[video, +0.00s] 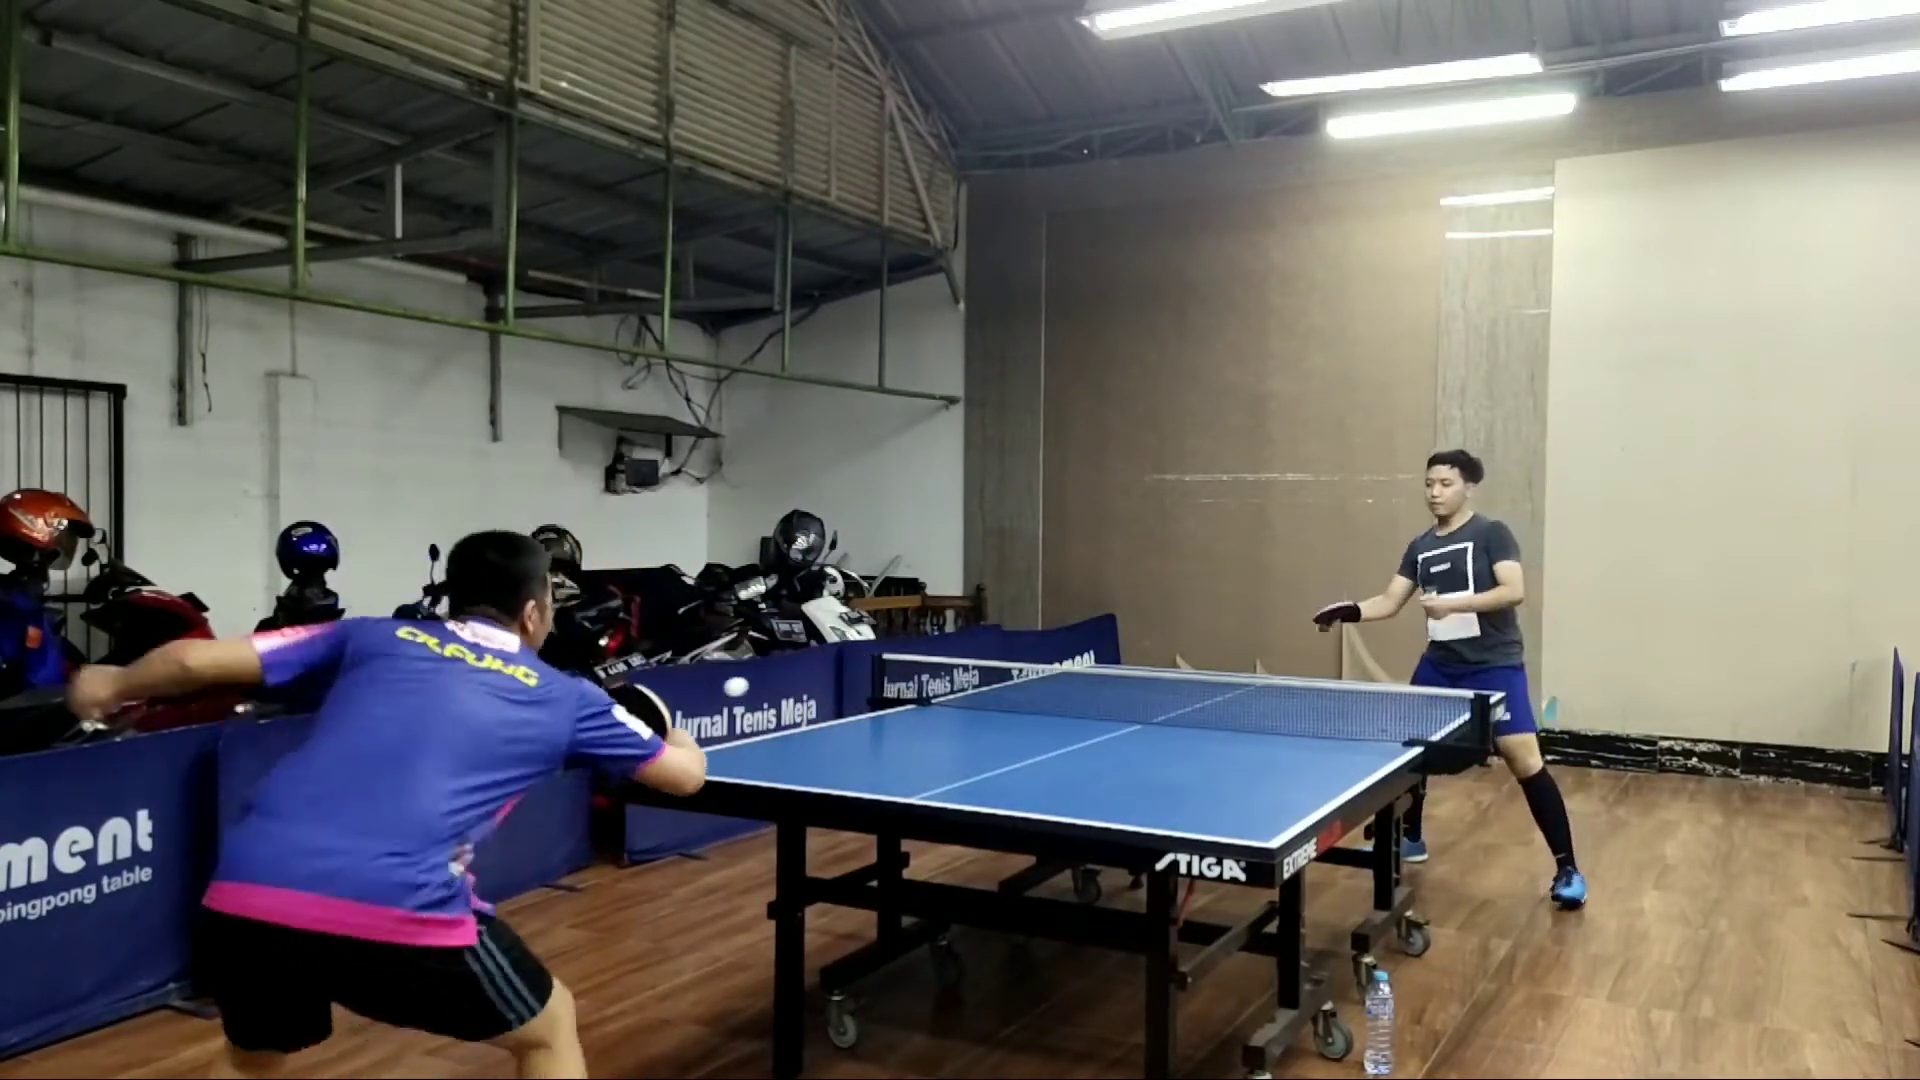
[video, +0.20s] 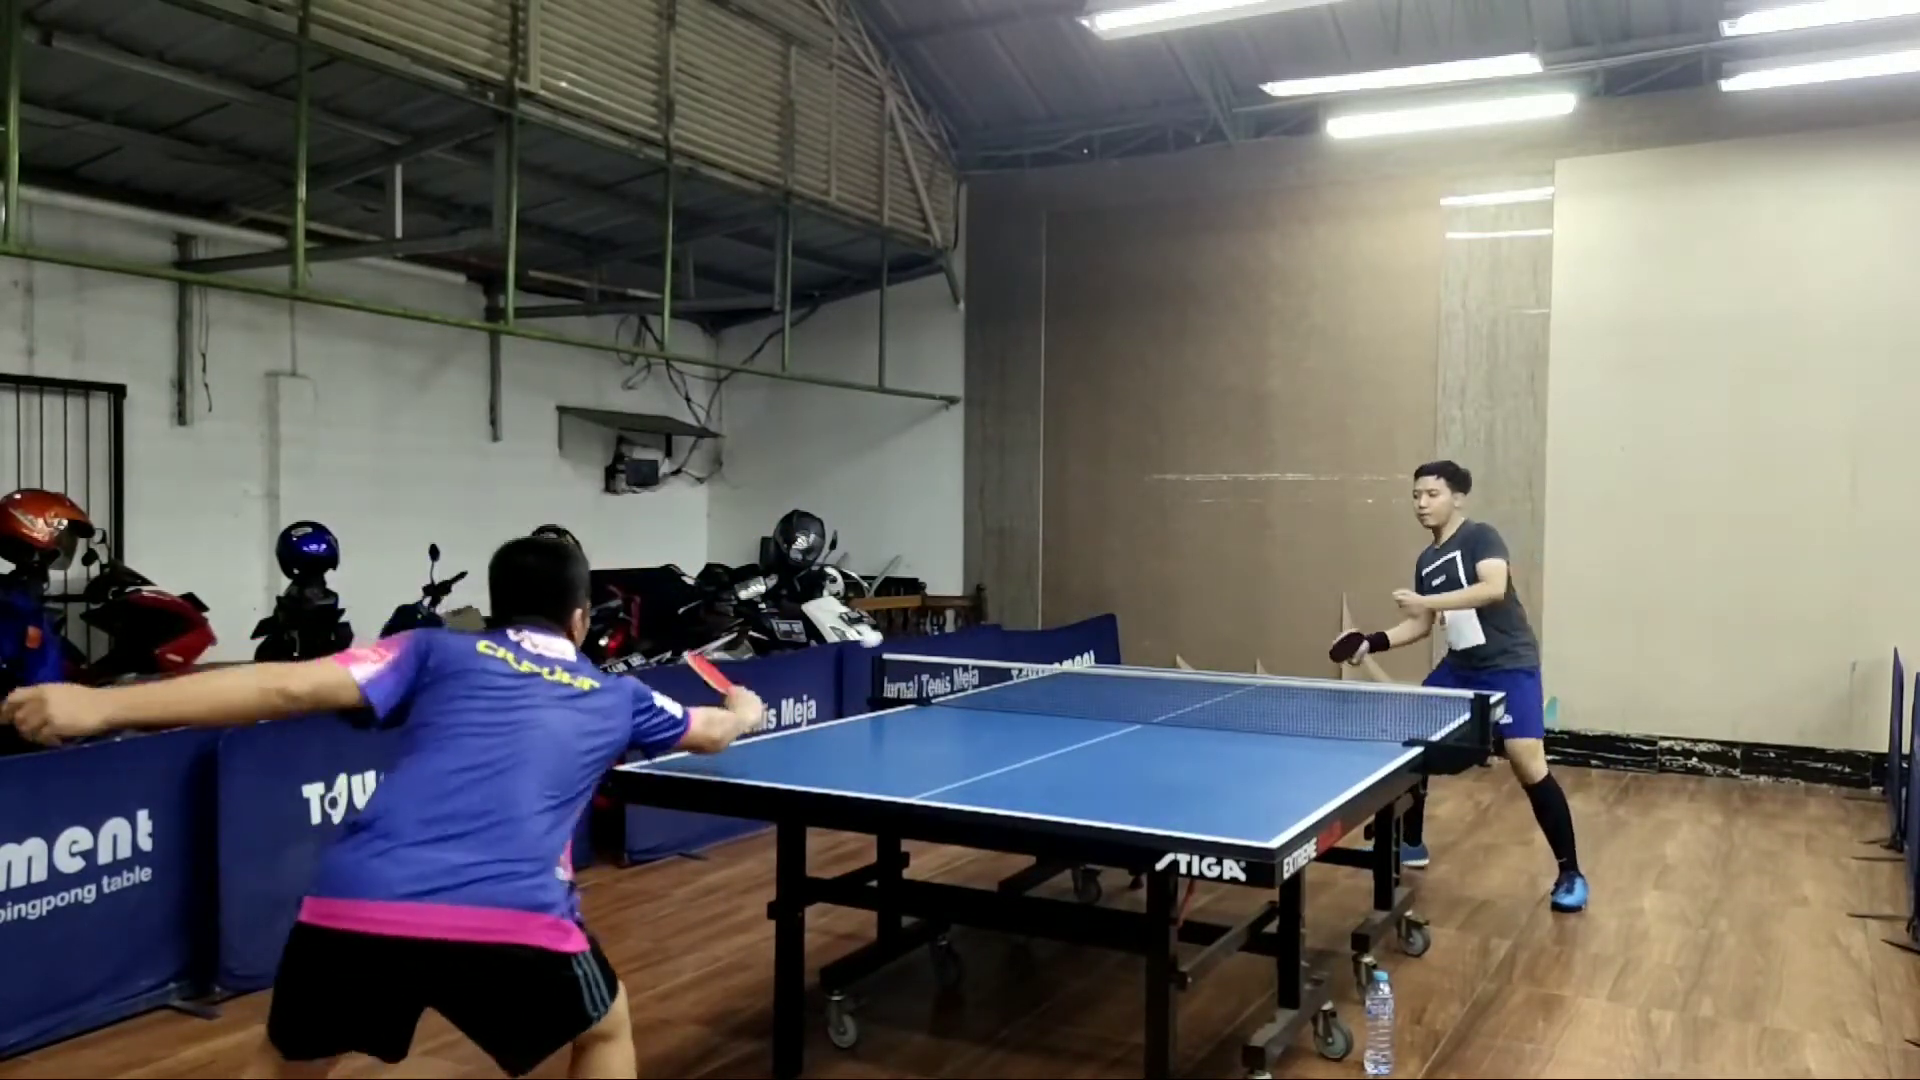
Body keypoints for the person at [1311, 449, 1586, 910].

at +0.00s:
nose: (1435, 491)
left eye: (1446, 484)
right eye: (1431, 483)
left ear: (1469, 488)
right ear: (1426, 489)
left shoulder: (1491, 534)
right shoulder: (1421, 546)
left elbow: (1513, 590)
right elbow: (1390, 601)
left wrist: (1452, 604)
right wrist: (1348, 611)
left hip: (1496, 666)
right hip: (1439, 664)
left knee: (1525, 762)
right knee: (1408, 744)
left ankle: (1567, 870)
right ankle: (1411, 837)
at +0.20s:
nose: (1422, 502)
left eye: (1432, 493)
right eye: (1417, 495)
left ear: (1458, 498)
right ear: (1416, 502)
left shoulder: (1481, 537)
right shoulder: (1427, 561)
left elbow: (1493, 589)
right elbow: (1418, 623)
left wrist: (1427, 603)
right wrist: (1371, 641)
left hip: (1510, 666)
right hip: (1458, 666)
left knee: (1526, 761)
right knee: (1409, 738)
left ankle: (1570, 873)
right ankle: (1410, 840)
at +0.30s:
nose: (1410, 518)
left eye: (1418, 508)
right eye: (1405, 511)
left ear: (1446, 511)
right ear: (1406, 518)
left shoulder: (1468, 547)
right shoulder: (1431, 573)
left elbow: (1465, 596)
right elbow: (1440, 639)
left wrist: (1393, 613)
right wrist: (1387, 671)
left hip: (1509, 670)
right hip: (1461, 670)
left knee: (1517, 768)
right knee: (1402, 735)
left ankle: (1569, 875)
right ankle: (1406, 838)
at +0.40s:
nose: (1392, 538)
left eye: (1400, 528)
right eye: (1388, 531)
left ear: (1427, 528)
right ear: (1394, 536)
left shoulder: (1445, 561)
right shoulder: (1425, 575)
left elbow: (1418, 606)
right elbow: (1447, 648)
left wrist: (1349, 622)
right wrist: (1428, 683)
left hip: (1500, 682)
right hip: (1452, 683)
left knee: (1507, 782)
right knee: (1385, 737)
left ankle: (1568, 876)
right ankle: (1379, 837)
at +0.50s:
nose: (1366, 552)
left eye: (1373, 543)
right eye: (1364, 545)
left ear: (1402, 545)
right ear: (1396, 548)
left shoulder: (1408, 571)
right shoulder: (1408, 577)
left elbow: (1376, 610)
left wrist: (1312, 626)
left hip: (1478, 689)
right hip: (1441, 689)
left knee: (1494, 792)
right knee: (1384, 750)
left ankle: (1566, 877)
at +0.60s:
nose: (1337, 553)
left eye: (1345, 545)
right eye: (1336, 546)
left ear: (1373, 546)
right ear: (1372, 549)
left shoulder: (1377, 570)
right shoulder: (1383, 580)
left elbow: (1366, 597)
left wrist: (1309, 616)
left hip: (1446, 688)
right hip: (1407, 690)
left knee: (1478, 781)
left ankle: (1564, 873)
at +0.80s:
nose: (1319, 514)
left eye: (1327, 505)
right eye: (1316, 507)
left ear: (1355, 508)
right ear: (1316, 514)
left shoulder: (1384, 548)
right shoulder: (1311, 561)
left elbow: (1417, 590)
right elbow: (1263, 582)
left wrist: (1406, 572)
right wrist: (1256, 549)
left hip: (1403, 655)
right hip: (1350, 664)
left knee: (1449, 687)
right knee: (1301, 716)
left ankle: (1479, 801)